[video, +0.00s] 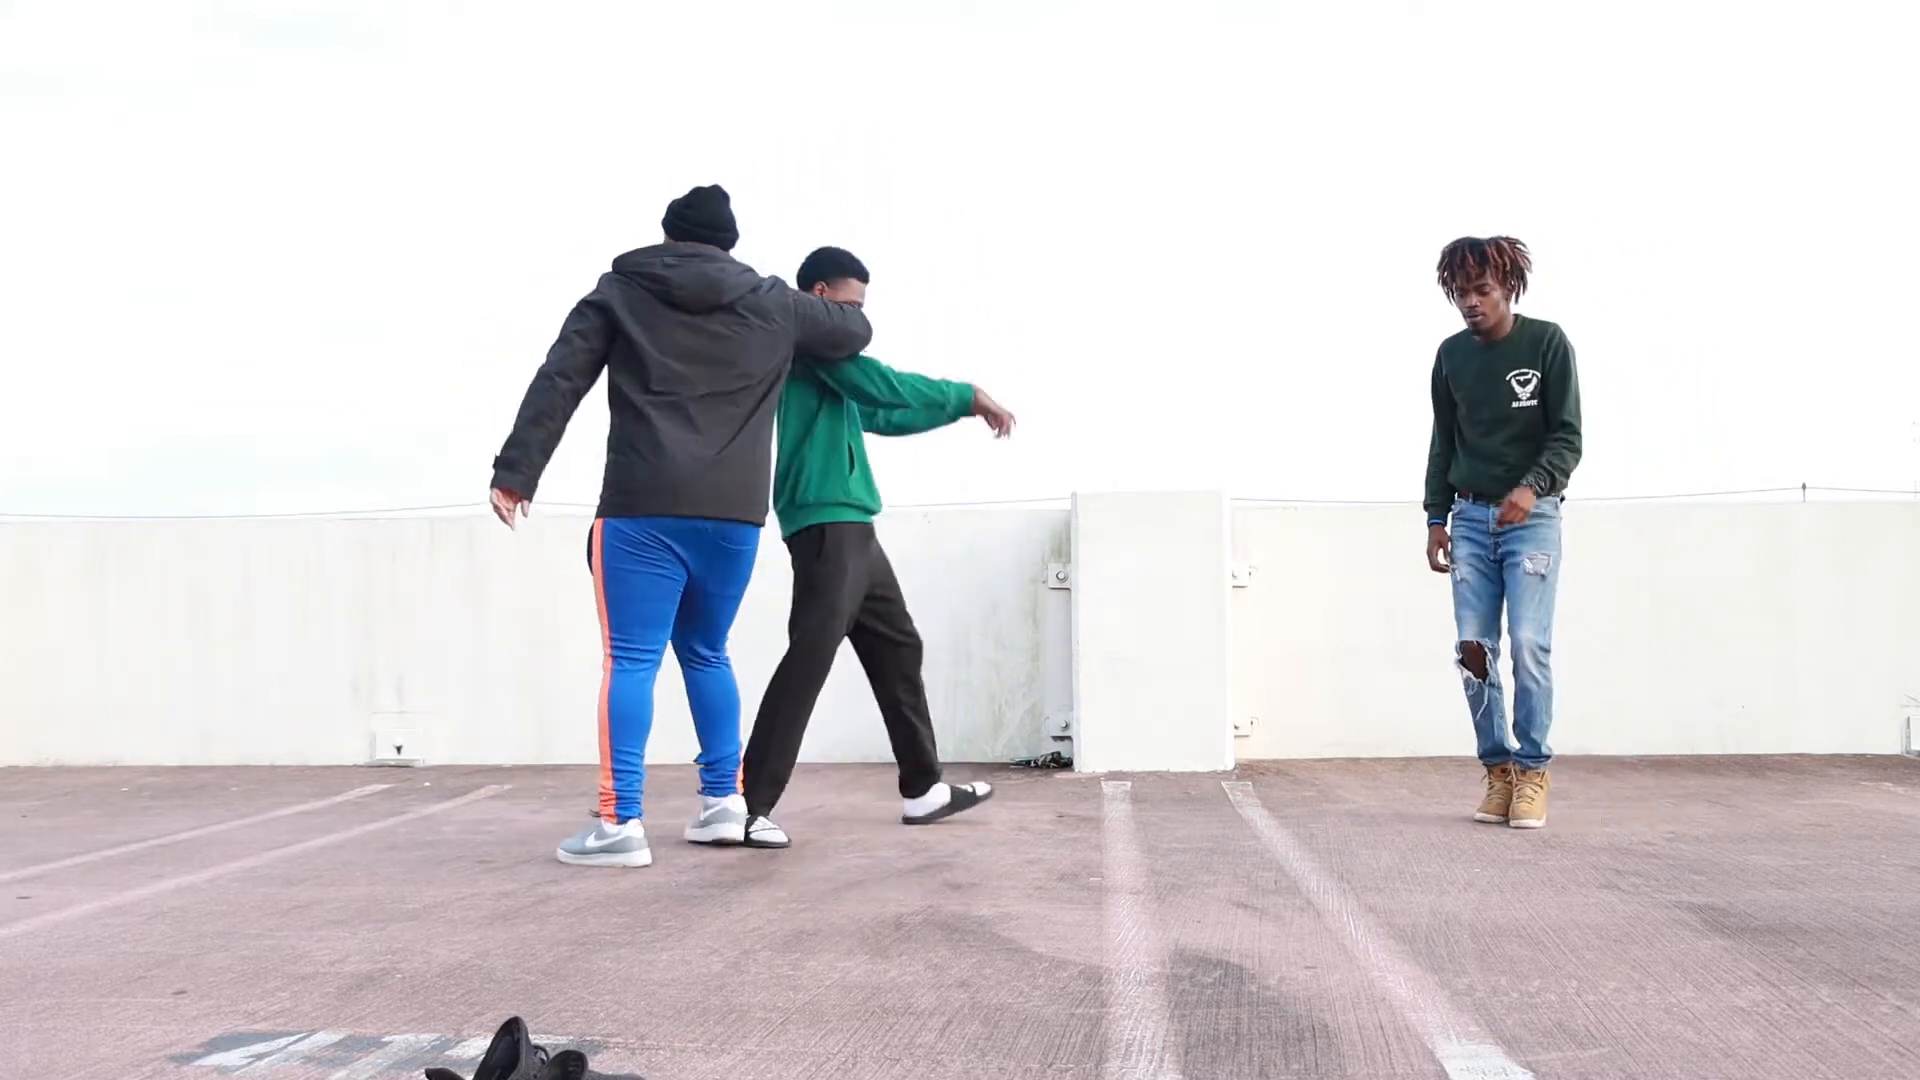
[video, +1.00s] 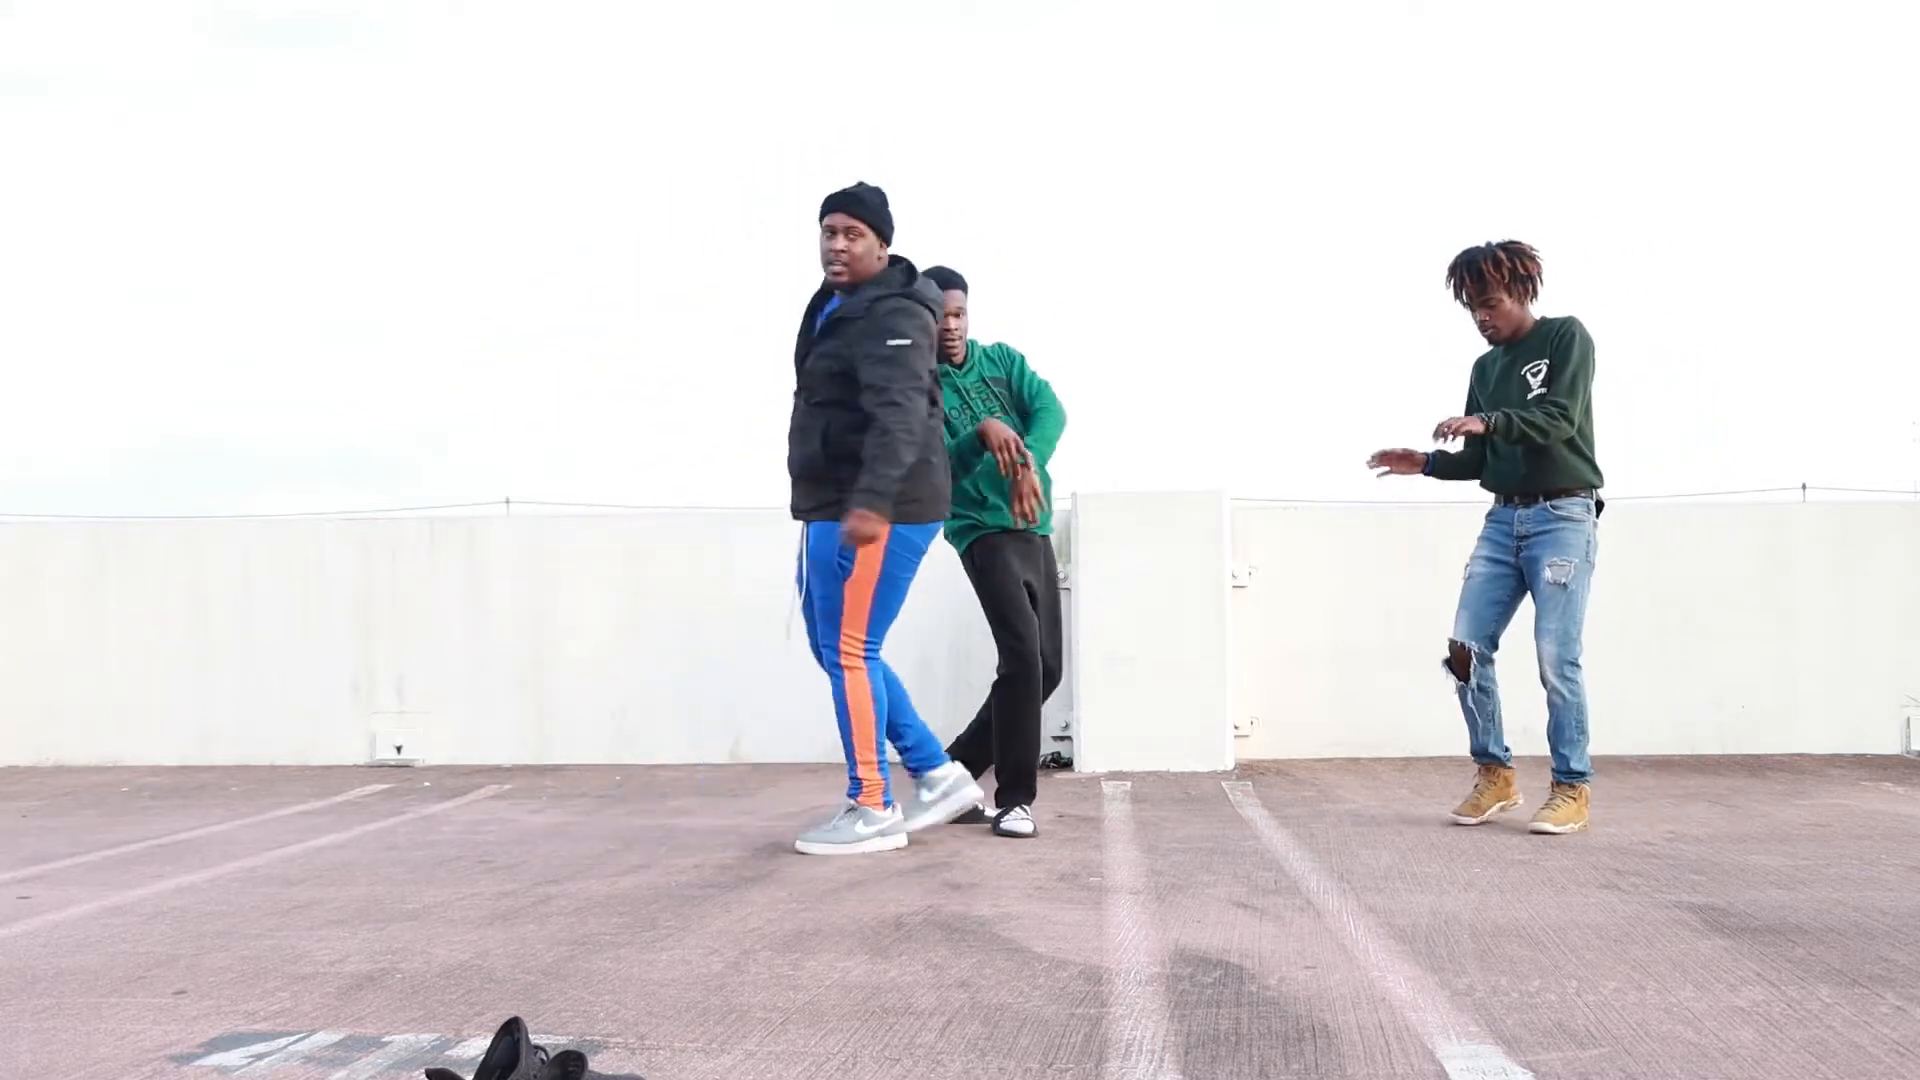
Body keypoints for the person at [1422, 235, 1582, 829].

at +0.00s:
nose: (1469, 302)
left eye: (1479, 289)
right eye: (1460, 292)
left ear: (1509, 286)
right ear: (1453, 295)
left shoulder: (1547, 341)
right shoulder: (1451, 353)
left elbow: (1567, 435)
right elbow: (1444, 437)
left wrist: (1533, 487)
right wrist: (1436, 516)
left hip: (1531, 515)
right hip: (1469, 516)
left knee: (1527, 643)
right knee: (1474, 649)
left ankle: (1532, 772)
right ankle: (1499, 770)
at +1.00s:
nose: (1480, 320)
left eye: (1488, 306)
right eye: (1472, 309)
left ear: (1522, 293)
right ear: (1470, 306)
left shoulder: (1567, 337)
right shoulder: (1485, 369)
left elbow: (1557, 420)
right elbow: (1480, 461)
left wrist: (1488, 423)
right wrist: (1424, 462)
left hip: (1562, 517)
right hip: (1504, 520)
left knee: (1554, 658)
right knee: (1467, 651)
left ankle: (1570, 789)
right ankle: (1494, 777)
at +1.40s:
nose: (1454, 308)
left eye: (1464, 295)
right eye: (1446, 297)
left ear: (1497, 285)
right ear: (1441, 292)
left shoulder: (1533, 332)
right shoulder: (1440, 350)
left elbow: (1538, 415)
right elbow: (1417, 431)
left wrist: (1494, 414)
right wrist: (1374, 396)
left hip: (1518, 512)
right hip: (1454, 514)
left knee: (1538, 653)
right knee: (1442, 653)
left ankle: (1566, 783)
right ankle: (1448, 785)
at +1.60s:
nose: (1444, 308)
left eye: (1454, 296)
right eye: (1436, 298)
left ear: (1483, 286)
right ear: (1429, 293)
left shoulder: (1519, 336)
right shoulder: (1421, 345)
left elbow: (1534, 421)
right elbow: (1378, 400)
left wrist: (1528, 485)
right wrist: (1357, 346)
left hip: (1495, 506)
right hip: (1431, 512)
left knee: (1506, 628)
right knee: (1430, 649)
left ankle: (1534, 742)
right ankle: (1446, 782)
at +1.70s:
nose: (1441, 311)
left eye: (1451, 298)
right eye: (1433, 300)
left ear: (1481, 287)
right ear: (1426, 295)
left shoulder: (1515, 341)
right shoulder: (1419, 345)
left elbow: (1531, 432)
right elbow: (1372, 389)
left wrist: (1536, 511)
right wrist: (1354, 327)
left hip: (1488, 507)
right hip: (1424, 511)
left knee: (1499, 626)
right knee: (1424, 652)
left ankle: (1522, 738)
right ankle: (1446, 784)